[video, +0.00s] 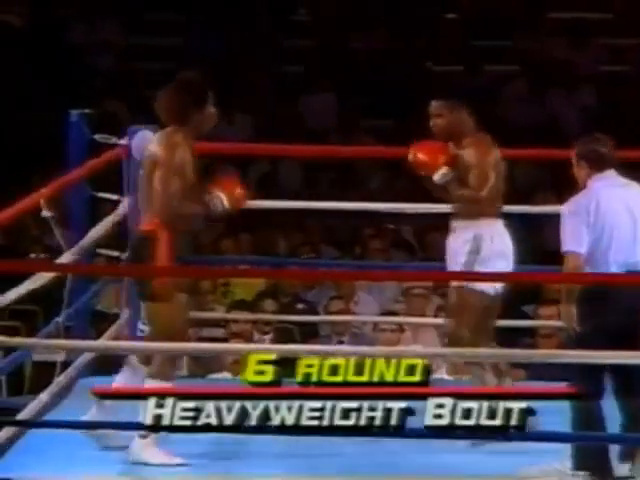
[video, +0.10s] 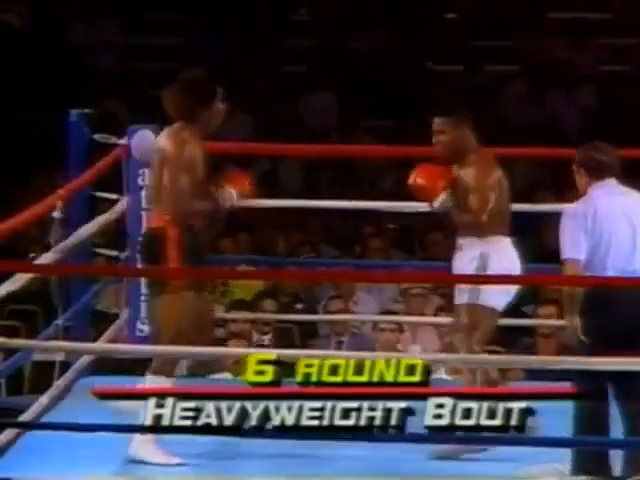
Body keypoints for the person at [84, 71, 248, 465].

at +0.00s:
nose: (215, 113)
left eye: (213, 105)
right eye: (210, 106)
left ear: (179, 109)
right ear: (196, 111)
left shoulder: (165, 142)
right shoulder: (176, 147)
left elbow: (165, 200)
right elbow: (170, 205)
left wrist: (208, 198)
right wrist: (212, 202)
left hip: (153, 239)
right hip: (160, 241)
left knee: (162, 330)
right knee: (172, 339)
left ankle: (113, 399)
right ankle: (148, 438)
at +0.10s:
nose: (224, 109)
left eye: (222, 101)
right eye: (219, 102)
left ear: (187, 104)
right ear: (204, 107)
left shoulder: (172, 138)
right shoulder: (186, 145)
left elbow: (166, 197)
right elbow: (181, 203)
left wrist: (214, 194)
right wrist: (221, 199)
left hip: (172, 235)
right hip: (175, 237)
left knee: (198, 332)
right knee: (175, 338)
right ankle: (145, 436)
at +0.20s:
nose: (232, 102)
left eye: (231, 94)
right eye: (227, 94)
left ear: (196, 96)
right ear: (212, 98)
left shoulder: (178, 128)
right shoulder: (196, 135)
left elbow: (180, 185)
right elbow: (193, 194)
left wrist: (225, 166)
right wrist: (233, 173)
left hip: (187, 231)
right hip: (181, 234)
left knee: (222, 325)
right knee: (175, 331)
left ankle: (185, 400)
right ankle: (149, 429)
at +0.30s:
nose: (243, 106)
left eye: (242, 98)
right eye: (239, 98)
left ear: (210, 99)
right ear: (223, 101)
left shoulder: (202, 132)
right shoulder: (202, 138)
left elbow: (214, 184)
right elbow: (220, 195)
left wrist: (245, 161)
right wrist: (255, 174)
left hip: (204, 231)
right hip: (188, 233)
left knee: (239, 319)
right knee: (181, 327)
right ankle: (152, 432)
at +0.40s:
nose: (252, 117)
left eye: (250, 109)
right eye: (246, 110)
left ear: (219, 113)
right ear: (228, 114)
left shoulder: (209, 145)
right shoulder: (209, 151)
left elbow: (226, 200)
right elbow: (236, 205)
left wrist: (263, 187)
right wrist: (275, 183)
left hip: (220, 245)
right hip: (201, 246)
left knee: (253, 332)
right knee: (181, 338)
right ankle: (151, 434)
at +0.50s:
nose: (275, 122)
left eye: (275, 115)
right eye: (269, 116)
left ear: (251, 121)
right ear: (249, 120)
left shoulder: (255, 149)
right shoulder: (218, 153)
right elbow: (223, 206)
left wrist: (277, 179)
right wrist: (262, 194)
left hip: (248, 240)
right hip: (218, 242)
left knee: (279, 332)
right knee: (206, 331)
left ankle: (299, 417)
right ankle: (153, 430)